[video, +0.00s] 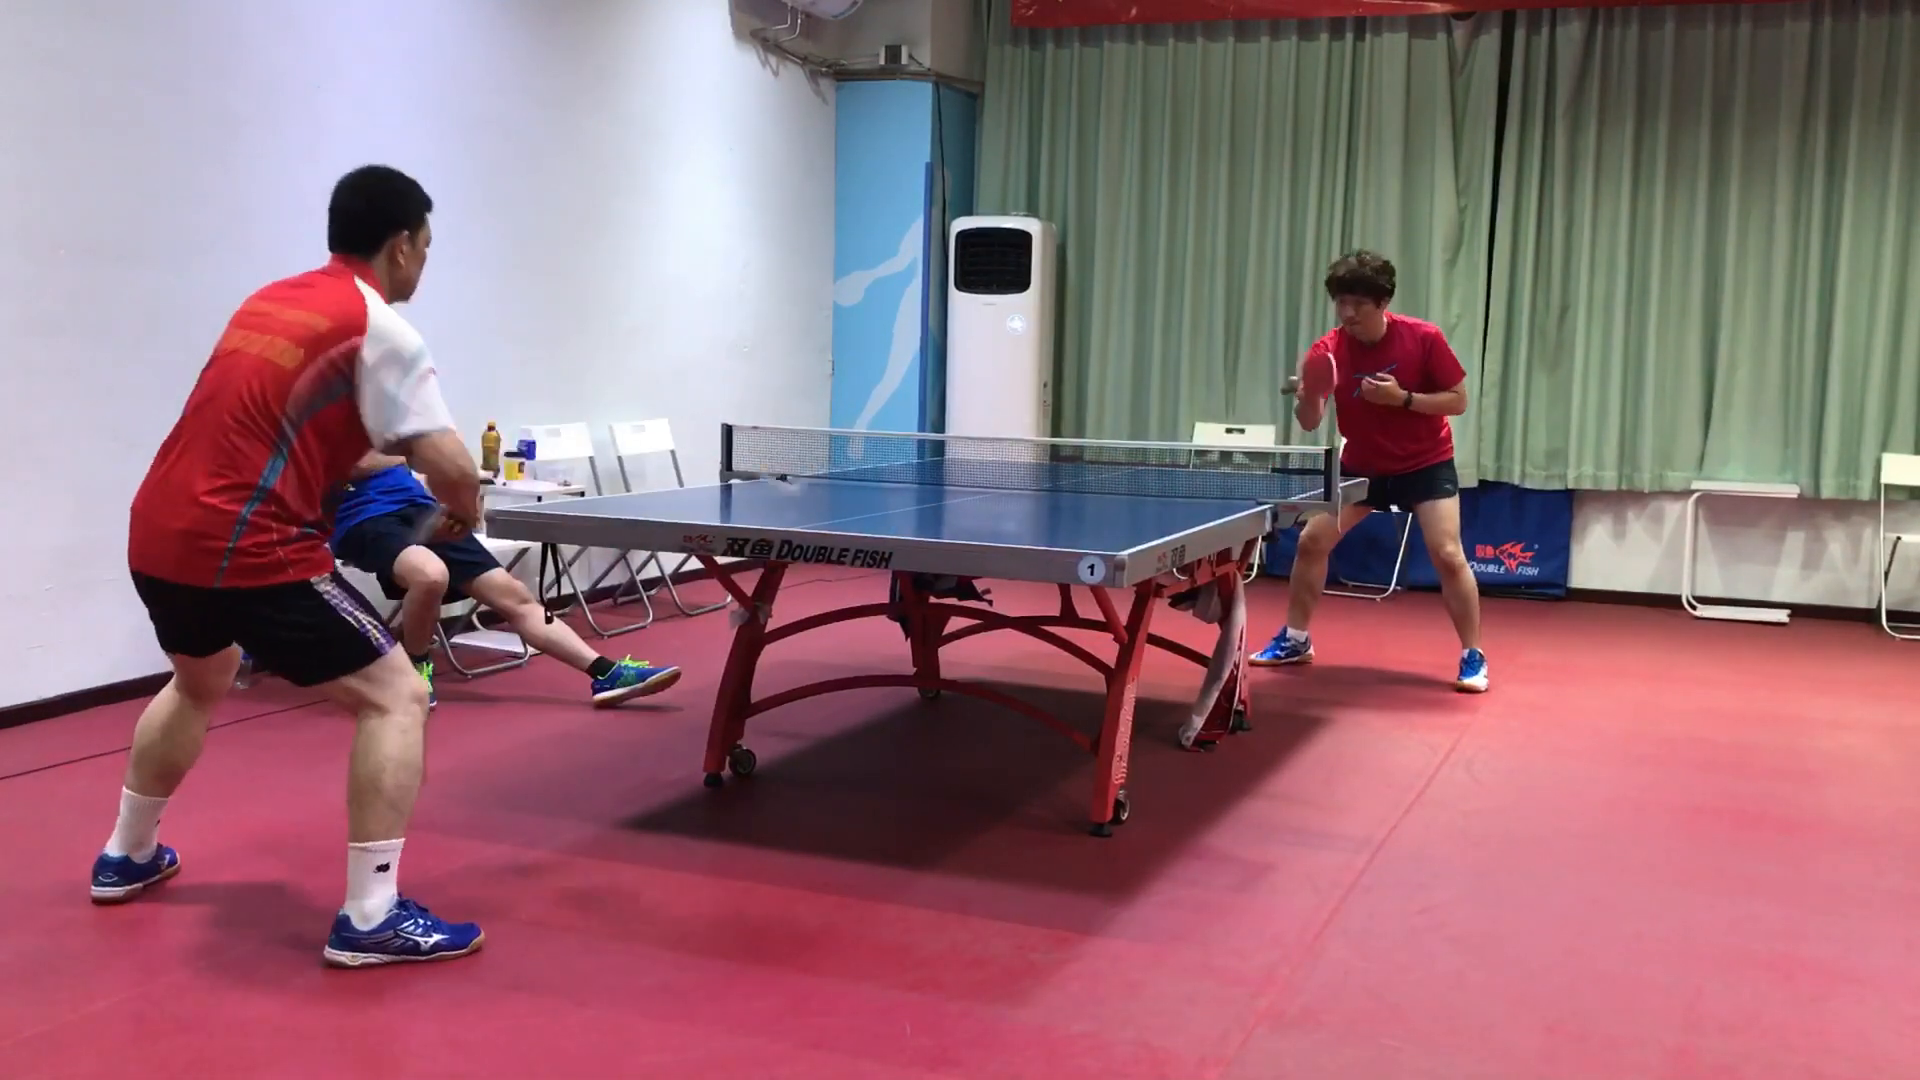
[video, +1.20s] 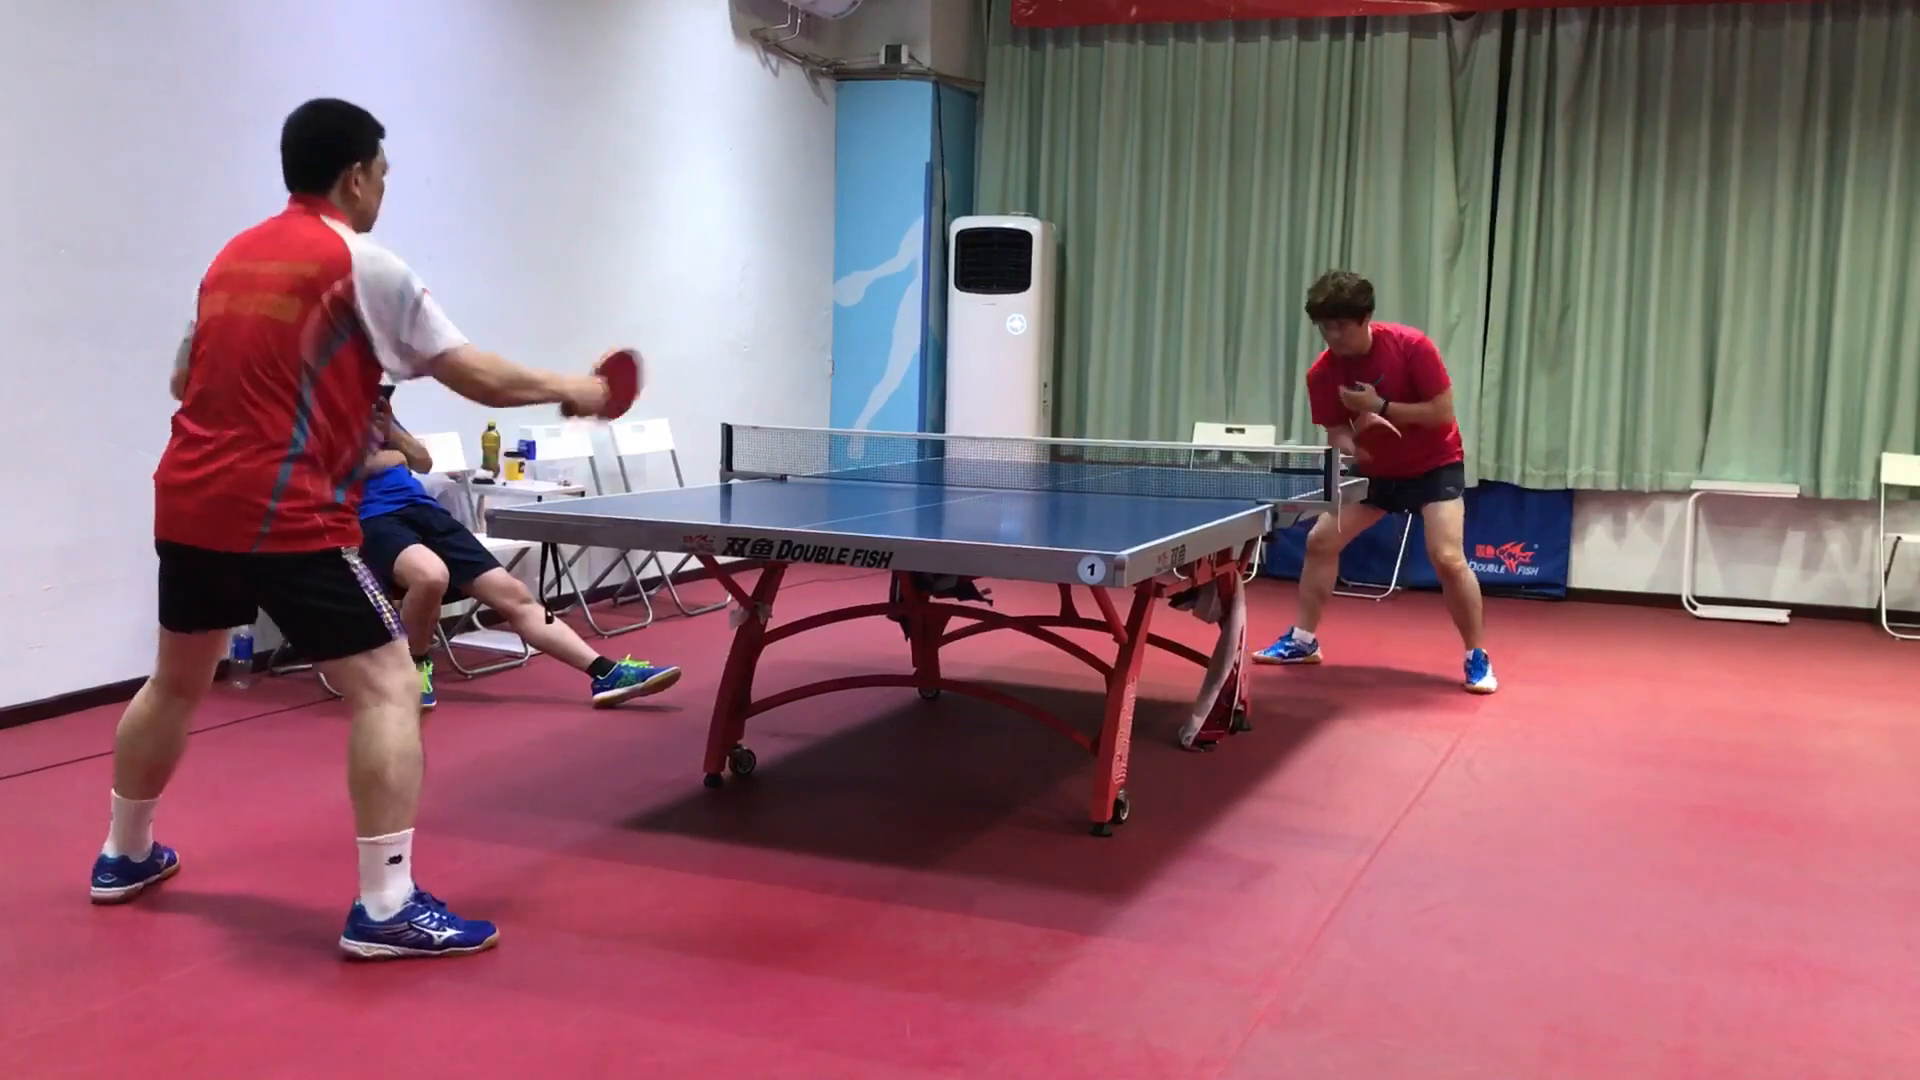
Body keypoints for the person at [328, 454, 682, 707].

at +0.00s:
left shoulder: (389, 410)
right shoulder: (324, 419)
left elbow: (411, 461)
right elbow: (346, 464)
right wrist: (411, 449)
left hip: (417, 508)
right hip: (365, 521)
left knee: (514, 594)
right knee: (429, 574)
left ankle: (604, 670)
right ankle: (416, 665)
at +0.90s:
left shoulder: (373, 414)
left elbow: (423, 462)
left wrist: (392, 433)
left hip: (417, 503)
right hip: (364, 513)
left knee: (514, 595)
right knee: (430, 576)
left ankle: (604, 671)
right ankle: (407, 675)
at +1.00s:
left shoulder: (371, 407)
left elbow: (422, 460)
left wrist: (386, 428)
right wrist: (624, 370)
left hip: (415, 504)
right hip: (366, 514)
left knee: (512, 593)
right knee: (430, 575)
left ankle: (604, 670)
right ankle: (410, 674)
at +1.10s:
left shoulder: (373, 412)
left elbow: (421, 460)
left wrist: (388, 430)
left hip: (413, 502)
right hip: (365, 513)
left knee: (511, 593)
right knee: (430, 576)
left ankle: (604, 670)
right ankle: (409, 675)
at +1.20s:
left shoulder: (374, 405)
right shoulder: (323, 423)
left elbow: (423, 462)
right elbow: (347, 466)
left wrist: (389, 426)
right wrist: (396, 453)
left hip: (419, 505)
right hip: (368, 516)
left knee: (513, 595)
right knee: (431, 575)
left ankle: (604, 670)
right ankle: (416, 664)